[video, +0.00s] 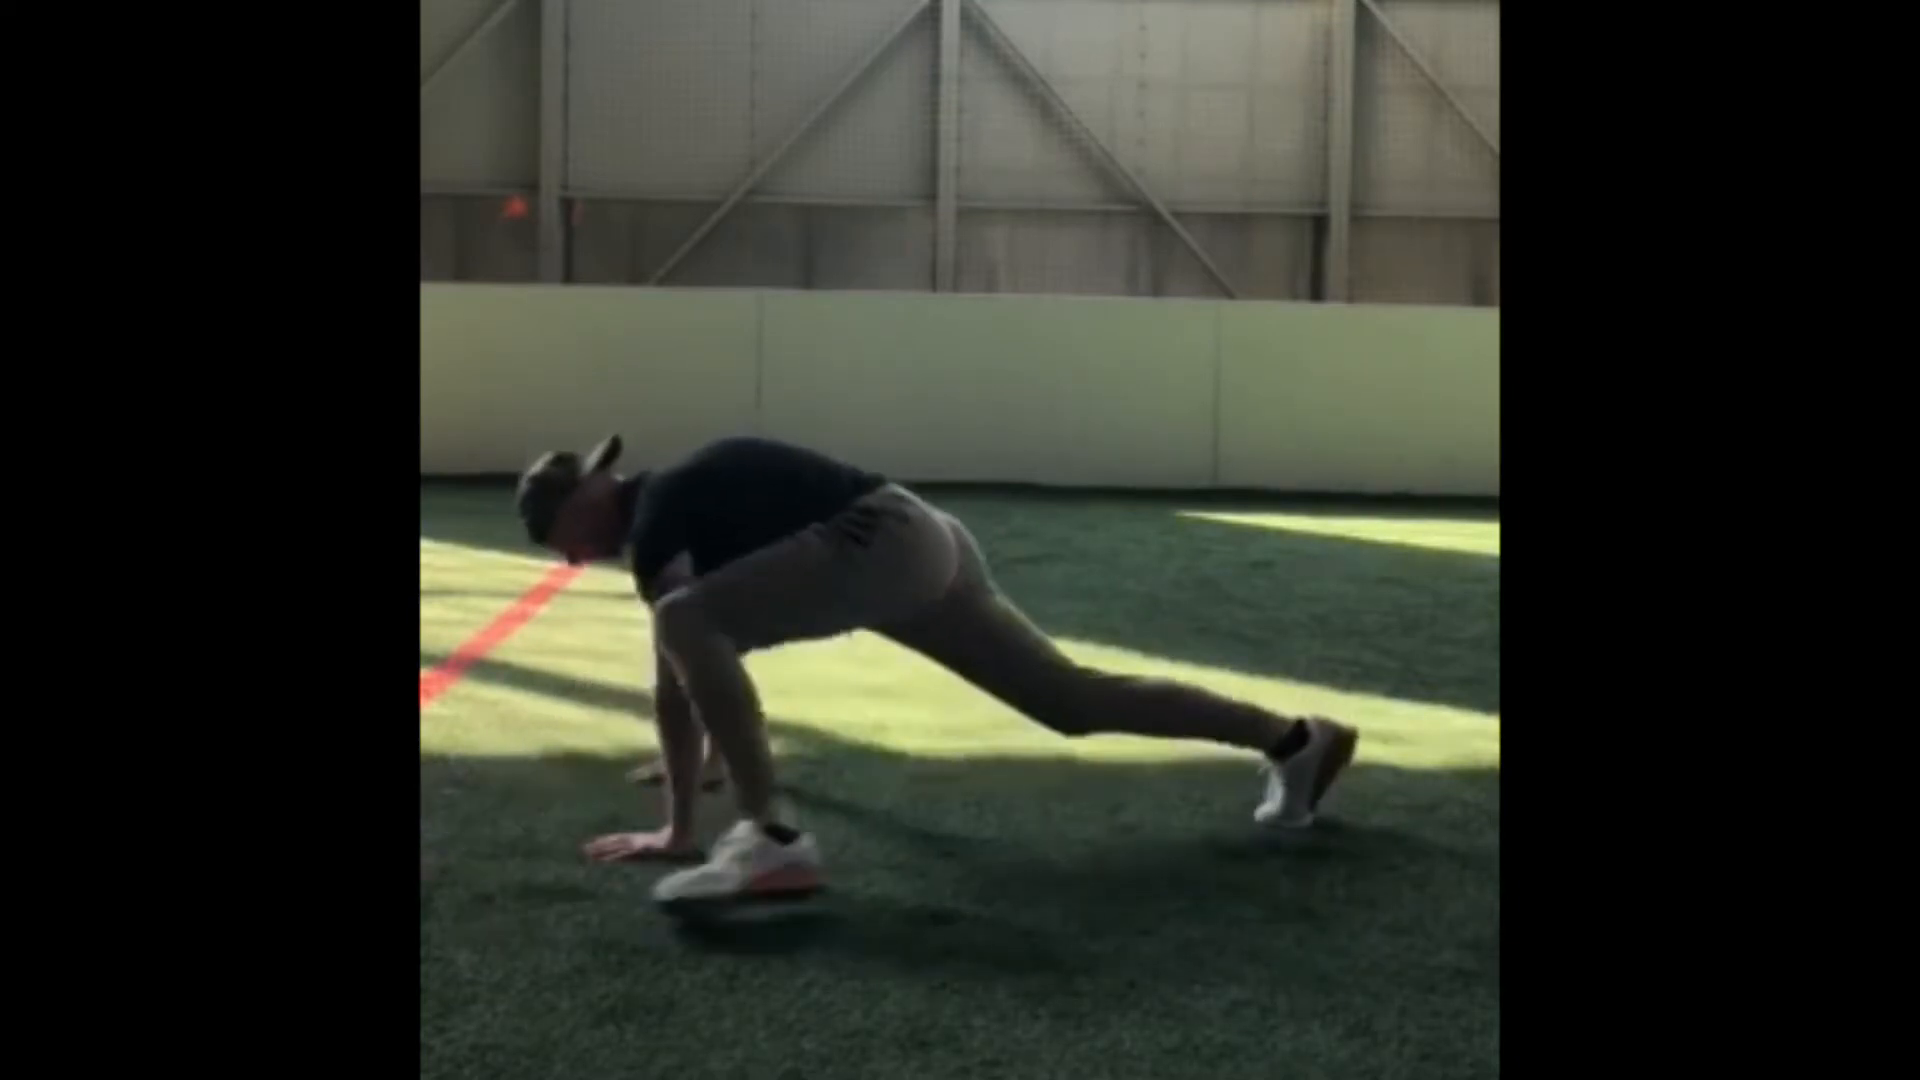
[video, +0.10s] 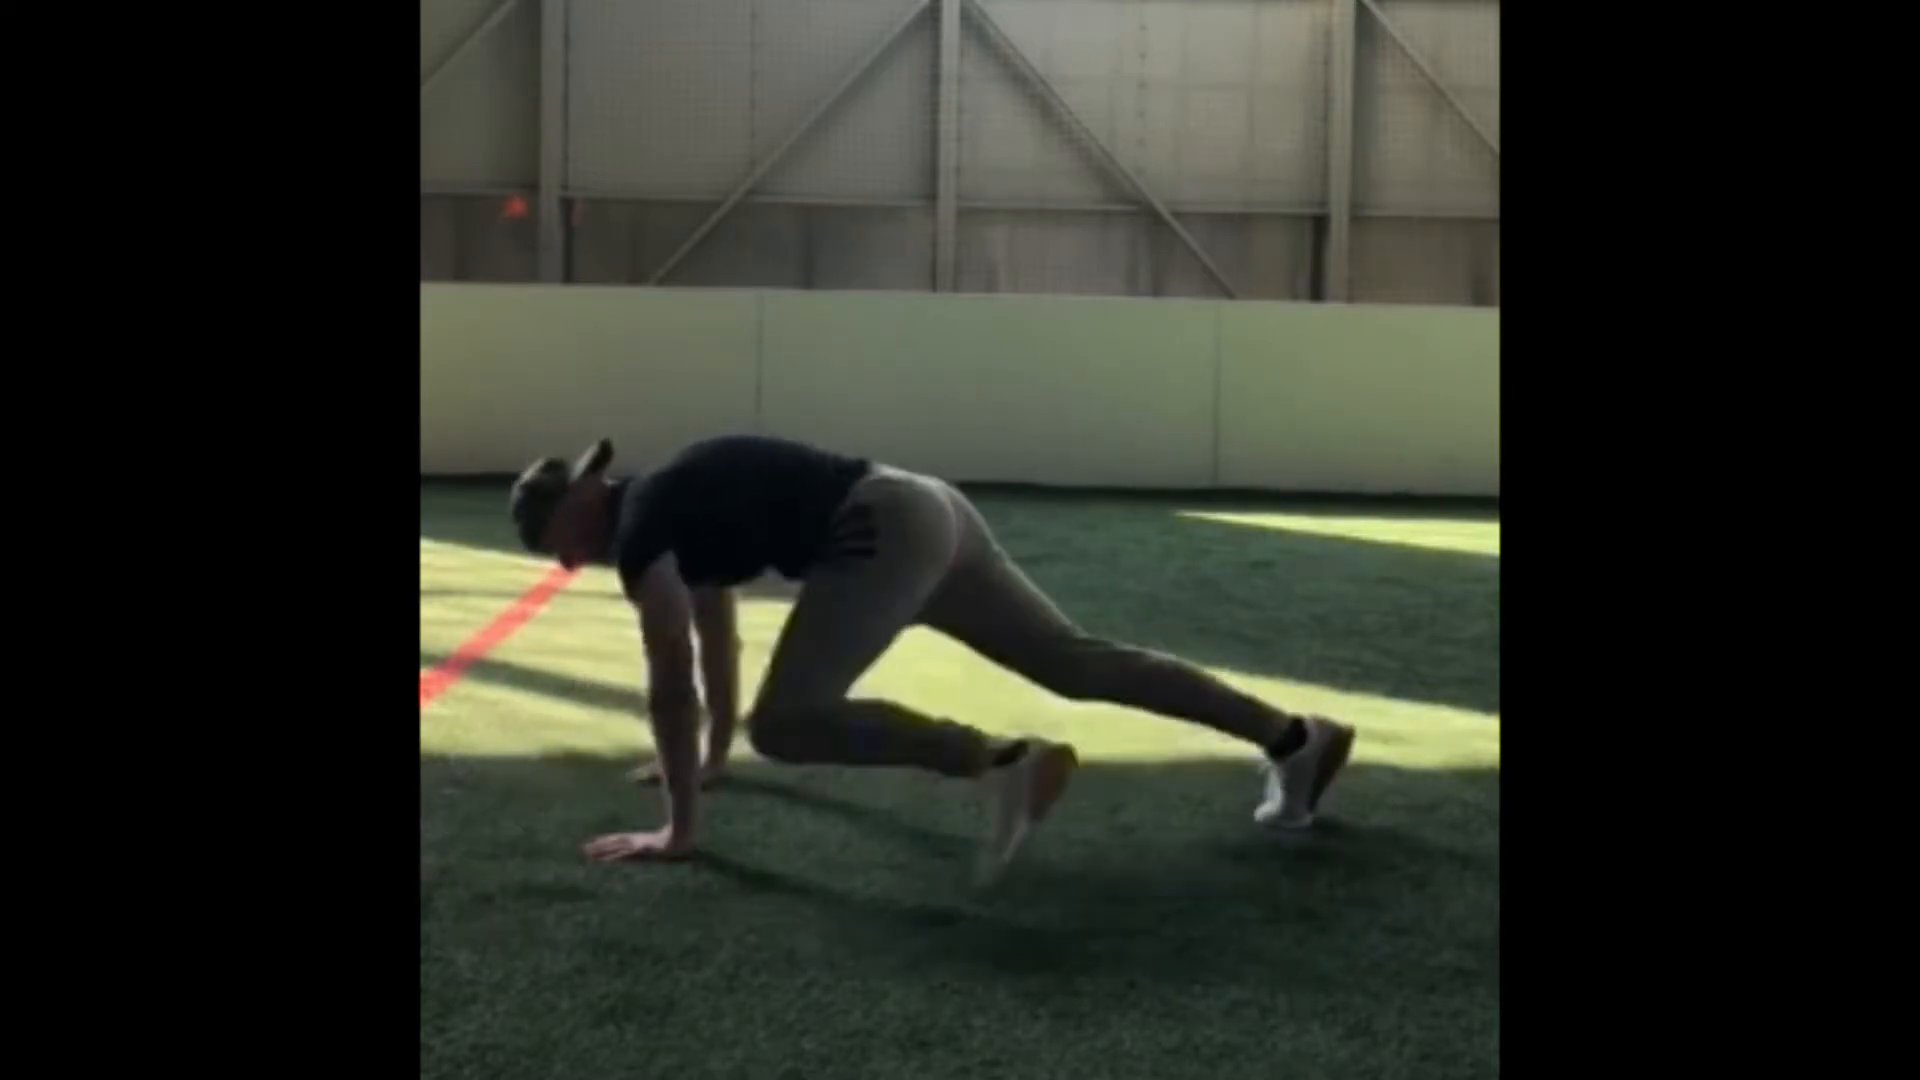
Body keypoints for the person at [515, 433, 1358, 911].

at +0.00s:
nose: (575, 559)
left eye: (566, 542)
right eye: (564, 550)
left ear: (589, 505)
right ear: (602, 498)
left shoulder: (653, 520)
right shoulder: (680, 505)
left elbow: (672, 682)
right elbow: (708, 659)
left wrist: (675, 828)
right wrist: (698, 781)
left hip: (883, 545)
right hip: (930, 546)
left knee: (685, 619)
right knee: (1072, 701)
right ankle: (1295, 742)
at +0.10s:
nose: (566, 562)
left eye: (557, 546)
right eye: (554, 552)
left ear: (578, 511)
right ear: (595, 495)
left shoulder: (638, 530)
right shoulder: (674, 505)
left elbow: (666, 679)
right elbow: (718, 645)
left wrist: (678, 824)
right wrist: (714, 752)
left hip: (881, 530)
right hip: (929, 505)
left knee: (779, 725)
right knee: (1071, 665)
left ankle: (1003, 768)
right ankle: (1291, 739)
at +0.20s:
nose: (568, 569)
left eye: (558, 553)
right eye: (555, 559)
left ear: (577, 508)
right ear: (593, 490)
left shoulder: (628, 532)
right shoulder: (678, 497)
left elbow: (663, 685)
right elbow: (717, 655)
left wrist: (678, 829)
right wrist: (713, 752)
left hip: (878, 531)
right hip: (918, 488)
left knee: (938, 762)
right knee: (1080, 635)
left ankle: (1175, 752)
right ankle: (1284, 726)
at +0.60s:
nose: (550, 596)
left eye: (538, 583)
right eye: (538, 587)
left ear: (551, 539)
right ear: (569, 516)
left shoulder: (620, 537)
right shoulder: (657, 514)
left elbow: (660, 693)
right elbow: (706, 667)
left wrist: (678, 831)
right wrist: (708, 763)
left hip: (883, 517)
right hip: (896, 490)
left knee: (1011, 692)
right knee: (1033, 660)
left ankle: (1251, 751)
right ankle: (1240, 715)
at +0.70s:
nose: (565, 598)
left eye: (550, 585)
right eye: (549, 592)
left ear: (562, 539)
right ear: (571, 525)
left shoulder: (624, 532)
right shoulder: (657, 515)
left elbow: (661, 684)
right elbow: (705, 652)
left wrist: (676, 829)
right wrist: (713, 760)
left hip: (871, 453)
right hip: (886, 437)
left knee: (897, 687)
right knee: (932, 640)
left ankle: (1136, 738)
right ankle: (1122, 672)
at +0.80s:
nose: (568, 592)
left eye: (554, 578)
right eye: (552, 587)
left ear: (568, 535)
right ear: (575, 522)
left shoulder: (630, 530)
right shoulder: (663, 518)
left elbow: (667, 684)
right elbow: (710, 644)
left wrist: (678, 832)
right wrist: (708, 760)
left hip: (874, 446)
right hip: (891, 429)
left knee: (759, 637)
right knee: (825, 579)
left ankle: (949, 771)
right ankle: (976, 681)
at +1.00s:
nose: (558, 556)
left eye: (546, 539)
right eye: (544, 549)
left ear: (558, 502)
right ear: (569, 484)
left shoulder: (625, 525)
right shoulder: (657, 491)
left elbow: (659, 684)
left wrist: (674, 828)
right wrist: (705, 751)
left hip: (862, 563)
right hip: (890, 535)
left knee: (657, 624)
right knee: (737, 583)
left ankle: (791, 827)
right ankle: (819, 732)